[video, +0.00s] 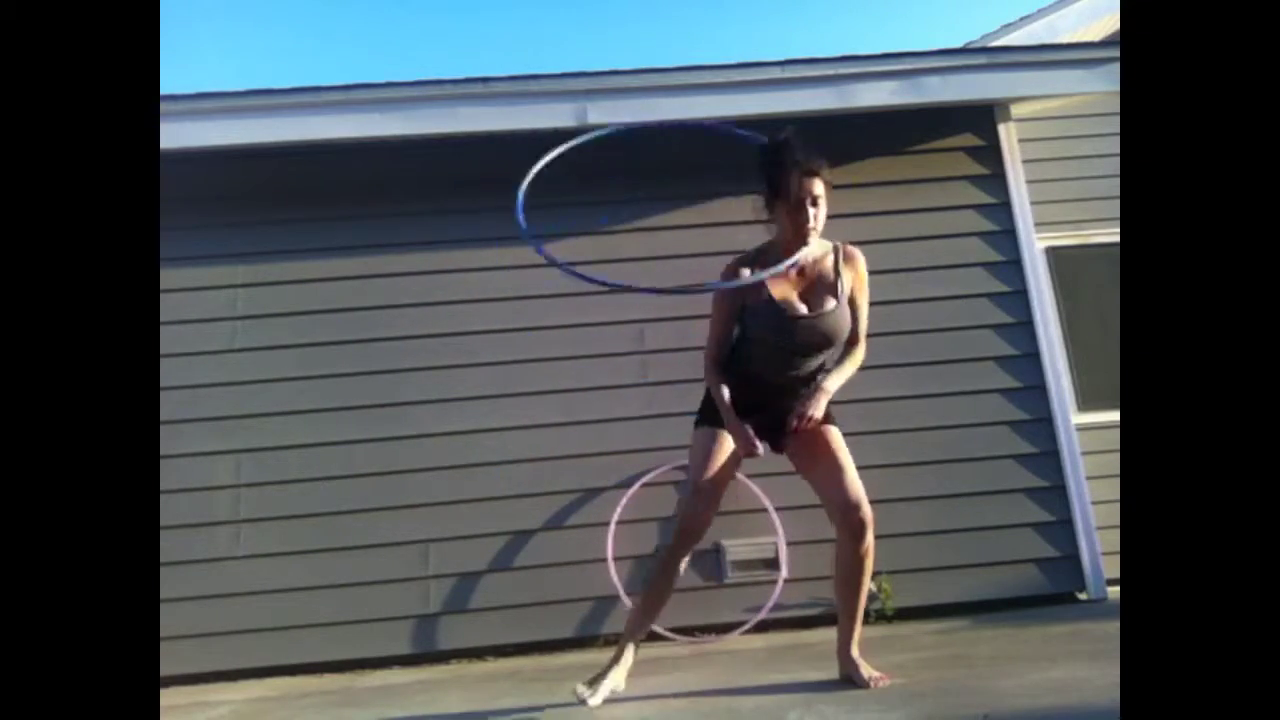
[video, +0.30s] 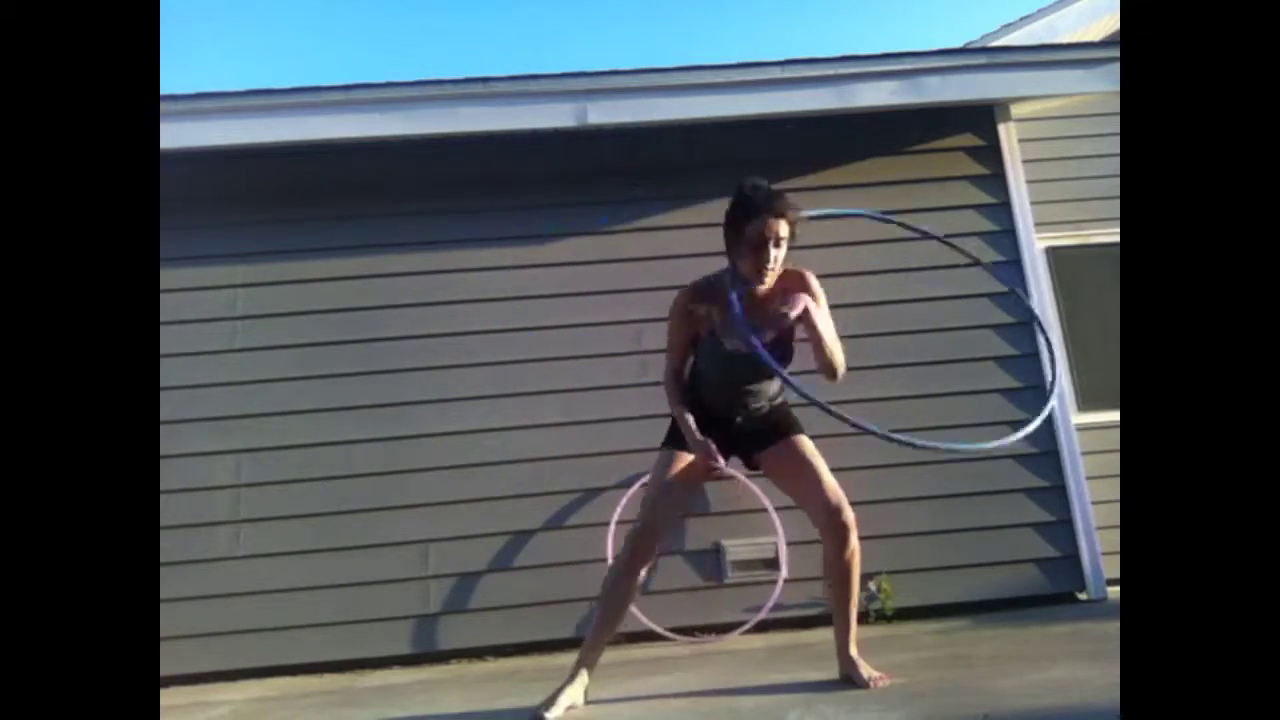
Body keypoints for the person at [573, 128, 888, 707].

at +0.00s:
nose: (810, 212)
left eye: (818, 199)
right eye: (798, 201)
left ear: (829, 200)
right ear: (773, 207)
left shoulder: (848, 263)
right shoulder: (742, 274)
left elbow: (857, 345)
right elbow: (713, 363)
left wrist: (823, 392)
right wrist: (732, 422)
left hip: (802, 405)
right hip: (736, 402)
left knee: (858, 517)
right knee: (687, 529)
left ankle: (849, 652)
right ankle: (622, 659)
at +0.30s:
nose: (769, 254)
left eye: (779, 242)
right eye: (757, 243)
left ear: (788, 242)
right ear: (732, 242)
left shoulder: (800, 285)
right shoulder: (697, 300)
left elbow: (833, 370)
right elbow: (672, 378)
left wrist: (816, 319)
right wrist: (696, 438)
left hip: (768, 418)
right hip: (701, 421)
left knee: (840, 520)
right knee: (642, 545)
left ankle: (848, 655)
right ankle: (580, 675)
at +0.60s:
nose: (672, 209)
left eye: (679, 199)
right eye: (658, 200)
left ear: (690, 210)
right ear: (633, 215)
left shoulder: (701, 256)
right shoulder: (616, 281)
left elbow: (719, 188)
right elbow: (618, 359)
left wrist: (654, 150)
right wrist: (630, 415)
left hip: (717, 403)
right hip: (649, 412)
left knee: (789, 528)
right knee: (601, 535)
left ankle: (841, 652)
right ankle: (576, 675)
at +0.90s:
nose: (627, 240)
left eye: (635, 228)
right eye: (614, 228)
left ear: (643, 230)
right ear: (584, 231)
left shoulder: (660, 278)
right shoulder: (556, 295)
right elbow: (560, 363)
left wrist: (617, 290)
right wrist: (595, 405)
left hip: (678, 400)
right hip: (612, 412)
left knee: (753, 522)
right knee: (584, 534)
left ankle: (843, 652)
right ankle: (575, 681)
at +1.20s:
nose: (642, 214)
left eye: (652, 203)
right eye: (631, 205)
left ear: (669, 209)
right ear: (614, 214)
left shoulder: (694, 273)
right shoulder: (593, 258)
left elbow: (718, 358)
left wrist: (663, 399)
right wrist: (584, 216)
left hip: (685, 396)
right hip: (614, 398)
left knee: (759, 517)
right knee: (587, 534)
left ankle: (833, 655)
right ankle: (574, 682)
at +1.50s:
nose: (719, 242)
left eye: (727, 230)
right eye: (706, 230)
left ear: (738, 229)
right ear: (679, 229)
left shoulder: (748, 287)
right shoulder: (655, 265)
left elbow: (766, 370)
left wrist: (718, 394)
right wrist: (716, 274)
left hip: (734, 397)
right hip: (663, 400)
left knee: (795, 511)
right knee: (626, 534)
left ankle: (836, 655)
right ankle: (575, 677)